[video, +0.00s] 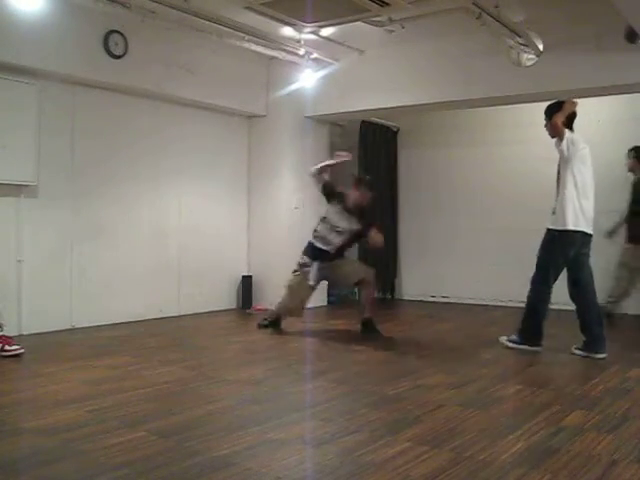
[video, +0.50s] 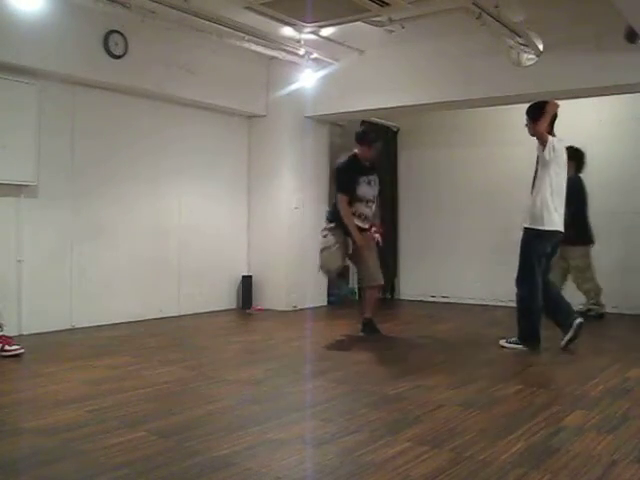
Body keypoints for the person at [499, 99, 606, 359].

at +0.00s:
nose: (546, 129)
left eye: (548, 124)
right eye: (546, 124)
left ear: (559, 121)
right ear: (566, 122)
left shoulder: (571, 144)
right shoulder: (579, 146)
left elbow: (556, 123)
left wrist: (567, 108)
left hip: (564, 228)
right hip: (581, 229)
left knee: (540, 283)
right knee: (583, 290)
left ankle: (529, 336)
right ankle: (595, 344)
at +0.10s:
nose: (542, 129)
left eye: (544, 123)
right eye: (542, 124)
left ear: (554, 122)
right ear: (565, 124)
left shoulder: (564, 146)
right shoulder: (574, 149)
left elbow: (548, 126)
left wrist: (560, 111)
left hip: (554, 227)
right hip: (572, 229)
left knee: (536, 286)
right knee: (575, 290)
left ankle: (528, 337)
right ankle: (592, 342)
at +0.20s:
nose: (538, 127)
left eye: (540, 123)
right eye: (538, 123)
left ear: (548, 123)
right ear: (562, 124)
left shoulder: (559, 145)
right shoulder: (570, 149)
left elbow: (539, 128)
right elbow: (570, 191)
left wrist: (554, 110)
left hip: (546, 227)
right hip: (564, 228)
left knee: (529, 283)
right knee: (562, 284)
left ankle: (527, 339)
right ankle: (587, 337)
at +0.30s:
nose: (533, 127)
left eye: (535, 121)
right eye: (534, 121)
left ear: (544, 123)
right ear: (557, 124)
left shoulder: (555, 147)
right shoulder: (564, 149)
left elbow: (536, 131)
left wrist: (550, 111)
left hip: (540, 226)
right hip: (557, 227)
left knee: (526, 282)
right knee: (551, 281)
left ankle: (527, 338)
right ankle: (579, 328)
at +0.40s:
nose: (530, 128)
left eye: (532, 123)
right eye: (530, 124)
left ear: (540, 123)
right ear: (553, 125)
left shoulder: (551, 147)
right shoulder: (561, 149)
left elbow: (535, 131)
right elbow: (563, 192)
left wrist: (549, 111)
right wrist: (565, 223)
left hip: (539, 226)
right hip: (555, 227)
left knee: (526, 281)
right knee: (545, 279)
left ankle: (528, 338)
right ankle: (572, 322)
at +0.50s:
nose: (529, 130)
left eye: (530, 124)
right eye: (529, 124)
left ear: (540, 122)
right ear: (542, 124)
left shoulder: (551, 148)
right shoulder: (554, 149)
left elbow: (541, 131)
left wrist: (551, 111)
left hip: (541, 227)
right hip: (550, 227)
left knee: (527, 283)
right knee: (539, 281)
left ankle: (528, 339)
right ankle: (568, 320)